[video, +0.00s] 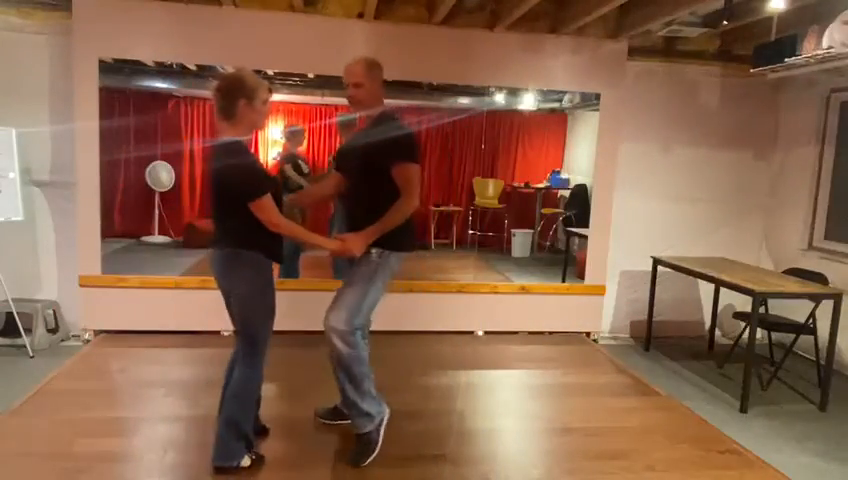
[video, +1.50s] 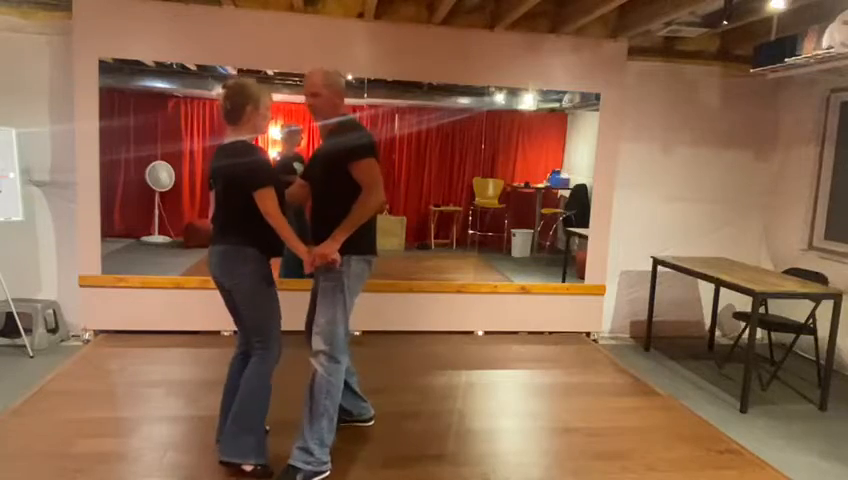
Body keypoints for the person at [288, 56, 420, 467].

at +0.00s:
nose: (351, 93)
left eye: (358, 85)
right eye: (348, 87)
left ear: (380, 85)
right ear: (349, 90)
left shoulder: (397, 133)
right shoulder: (355, 137)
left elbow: (412, 197)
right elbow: (333, 184)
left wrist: (365, 236)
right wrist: (290, 201)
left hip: (386, 247)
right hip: (358, 244)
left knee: (340, 322)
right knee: (351, 327)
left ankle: (371, 415)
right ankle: (352, 404)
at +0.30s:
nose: (339, 97)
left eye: (346, 90)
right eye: (337, 91)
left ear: (370, 91)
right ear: (339, 95)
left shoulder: (388, 137)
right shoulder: (344, 140)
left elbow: (401, 198)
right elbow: (318, 186)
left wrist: (359, 234)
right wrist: (274, 195)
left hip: (377, 246)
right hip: (345, 244)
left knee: (338, 324)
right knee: (339, 325)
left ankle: (336, 432)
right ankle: (357, 405)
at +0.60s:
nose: (332, 102)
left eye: (338, 95)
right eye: (330, 95)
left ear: (361, 97)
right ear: (336, 99)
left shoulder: (378, 139)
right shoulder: (339, 145)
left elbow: (394, 200)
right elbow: (306, 191)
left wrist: (350, 237)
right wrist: (290, 154)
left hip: (369, 253)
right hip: (339, 250)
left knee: (332, 337)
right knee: (325, 328)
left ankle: (312, 444)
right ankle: (354, 405)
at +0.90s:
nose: (327, 106)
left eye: (334, 100)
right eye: (326, 99)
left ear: (358, 101)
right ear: (331, 101)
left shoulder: (372, 143)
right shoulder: (334, 152)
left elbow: (389, 203)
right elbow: (299, 194)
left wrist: (343, 239)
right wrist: (256, 197)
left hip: (360, 259)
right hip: (332, 256)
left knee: (328, 345)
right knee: (316, 332)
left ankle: (306, 451)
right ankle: (353, 404)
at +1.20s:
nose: (317, 106)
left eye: (324, 100)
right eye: (316, 100)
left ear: (347, 102)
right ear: (323, 103)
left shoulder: (364, 141)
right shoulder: (330, 150)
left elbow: (381, 201)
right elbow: (297, 195)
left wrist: (338, 241)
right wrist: (255, 199)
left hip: (355, 260)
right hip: (331, 257)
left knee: (329, 349)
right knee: (315, 333)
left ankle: (308, 456)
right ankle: (353, 404)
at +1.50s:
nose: (307, 102)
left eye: (314, 95)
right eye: (306, 95)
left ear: (336, 96)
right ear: (322, 97)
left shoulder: (352, 136)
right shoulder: (330, 140)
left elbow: (375, 195)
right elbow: (299, 193)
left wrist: (335, 240)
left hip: (348, 256)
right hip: (332, 254)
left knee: (326, 350)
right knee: (323, 333)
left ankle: (312, 459)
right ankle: (354, 405)